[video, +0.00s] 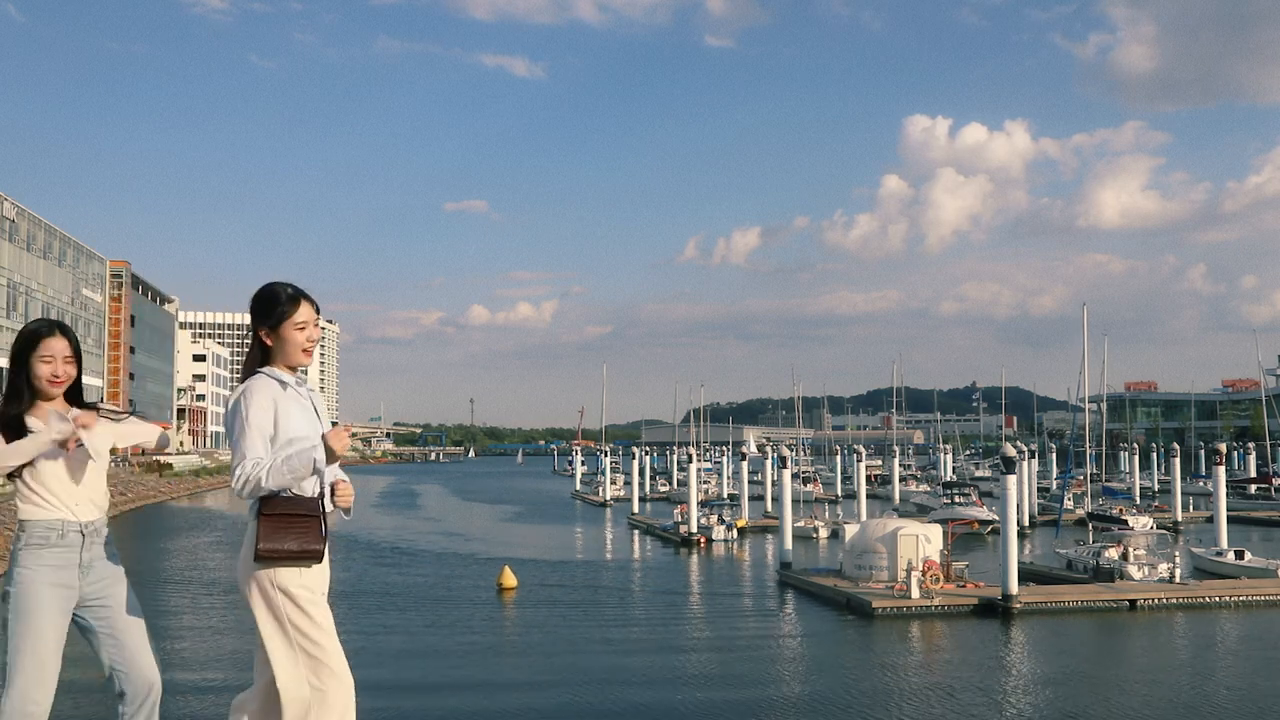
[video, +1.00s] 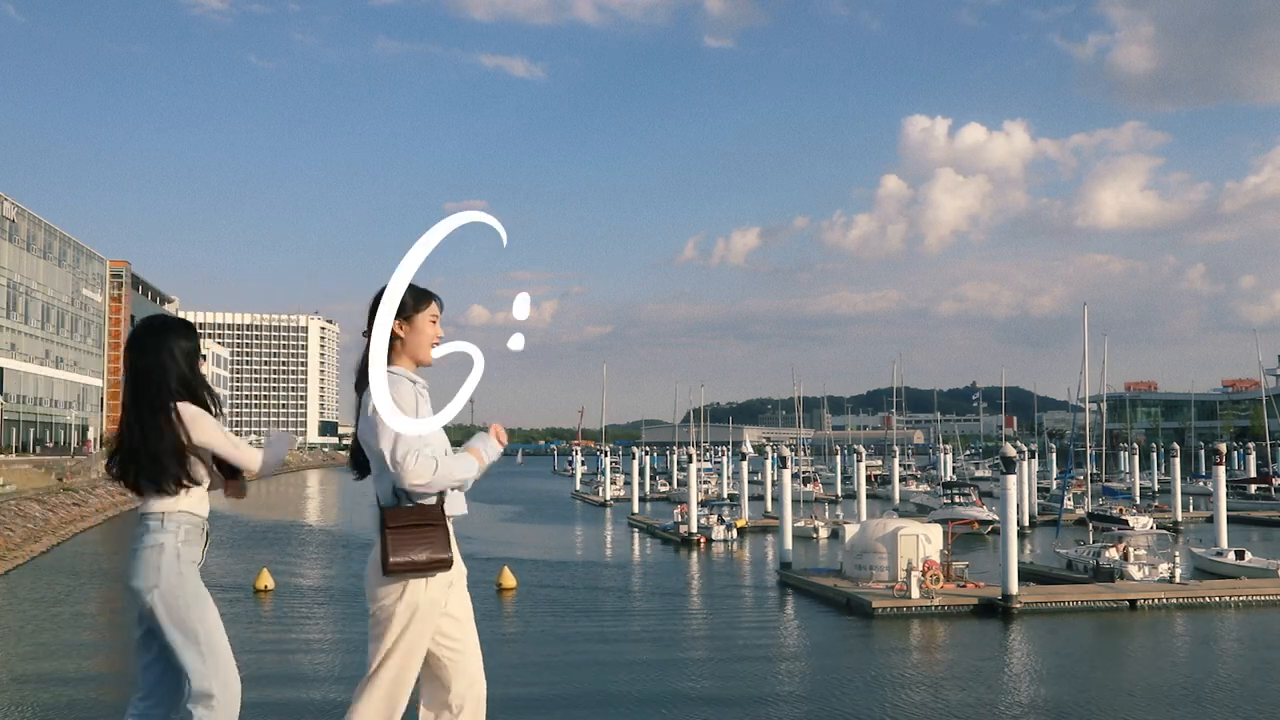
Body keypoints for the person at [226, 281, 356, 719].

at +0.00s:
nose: (313, 336)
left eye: (315, 325)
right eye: (301, 326)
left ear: (316, 329)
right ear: (268, 335)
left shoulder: (305, 392)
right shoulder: (257, 391)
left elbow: (312, 468)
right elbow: (246, 478)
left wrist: (340, 488)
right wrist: (321, 450)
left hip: (310, 543)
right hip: (277, 546)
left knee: (280, 683)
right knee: (332, 685)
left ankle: (246, 713)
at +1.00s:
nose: (439, 333)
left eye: (439, 323)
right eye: (431, 322)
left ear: (407, 331)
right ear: (399, 328)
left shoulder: (412, 388)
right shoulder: (390, 389)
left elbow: (425, 472)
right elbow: (415, 473)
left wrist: (476, 452)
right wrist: (480, 451)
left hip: (438, 541)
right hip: (410, 543)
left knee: (462, 692)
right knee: (383, 693)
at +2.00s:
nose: (546, 342)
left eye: (546, 332)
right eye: (538, 332)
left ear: (511, 340)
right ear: (511, 338)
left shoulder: (525, 389)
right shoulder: (491, 394)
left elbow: (587, 344)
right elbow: (555, 346)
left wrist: (640, 294)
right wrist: (609, 278)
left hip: (549, 553)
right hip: (522, 557)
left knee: (604, 692)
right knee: (559, 699)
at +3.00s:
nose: (673, 347)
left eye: (673, 336)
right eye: (665, 336)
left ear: (636, 341)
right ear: (633, 340)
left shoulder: (640, 392)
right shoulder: (621, 390)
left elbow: (699, 342)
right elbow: (684, 344)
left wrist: (750, 287)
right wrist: (740, 274)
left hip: (655, 549)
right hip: (643, 551)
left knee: (663, 697)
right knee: (723, 695)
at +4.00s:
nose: (822, 319)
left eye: (821, 309)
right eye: (816, 308)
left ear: (780, 308)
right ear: (785, 308)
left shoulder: (781, 360)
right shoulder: (782, 359)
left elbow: (834, 320)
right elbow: (863, 310)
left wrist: (870, 268)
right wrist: (921, 232)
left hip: (822, 529)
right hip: (801, 530)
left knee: (877, 673)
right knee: (794, 684)